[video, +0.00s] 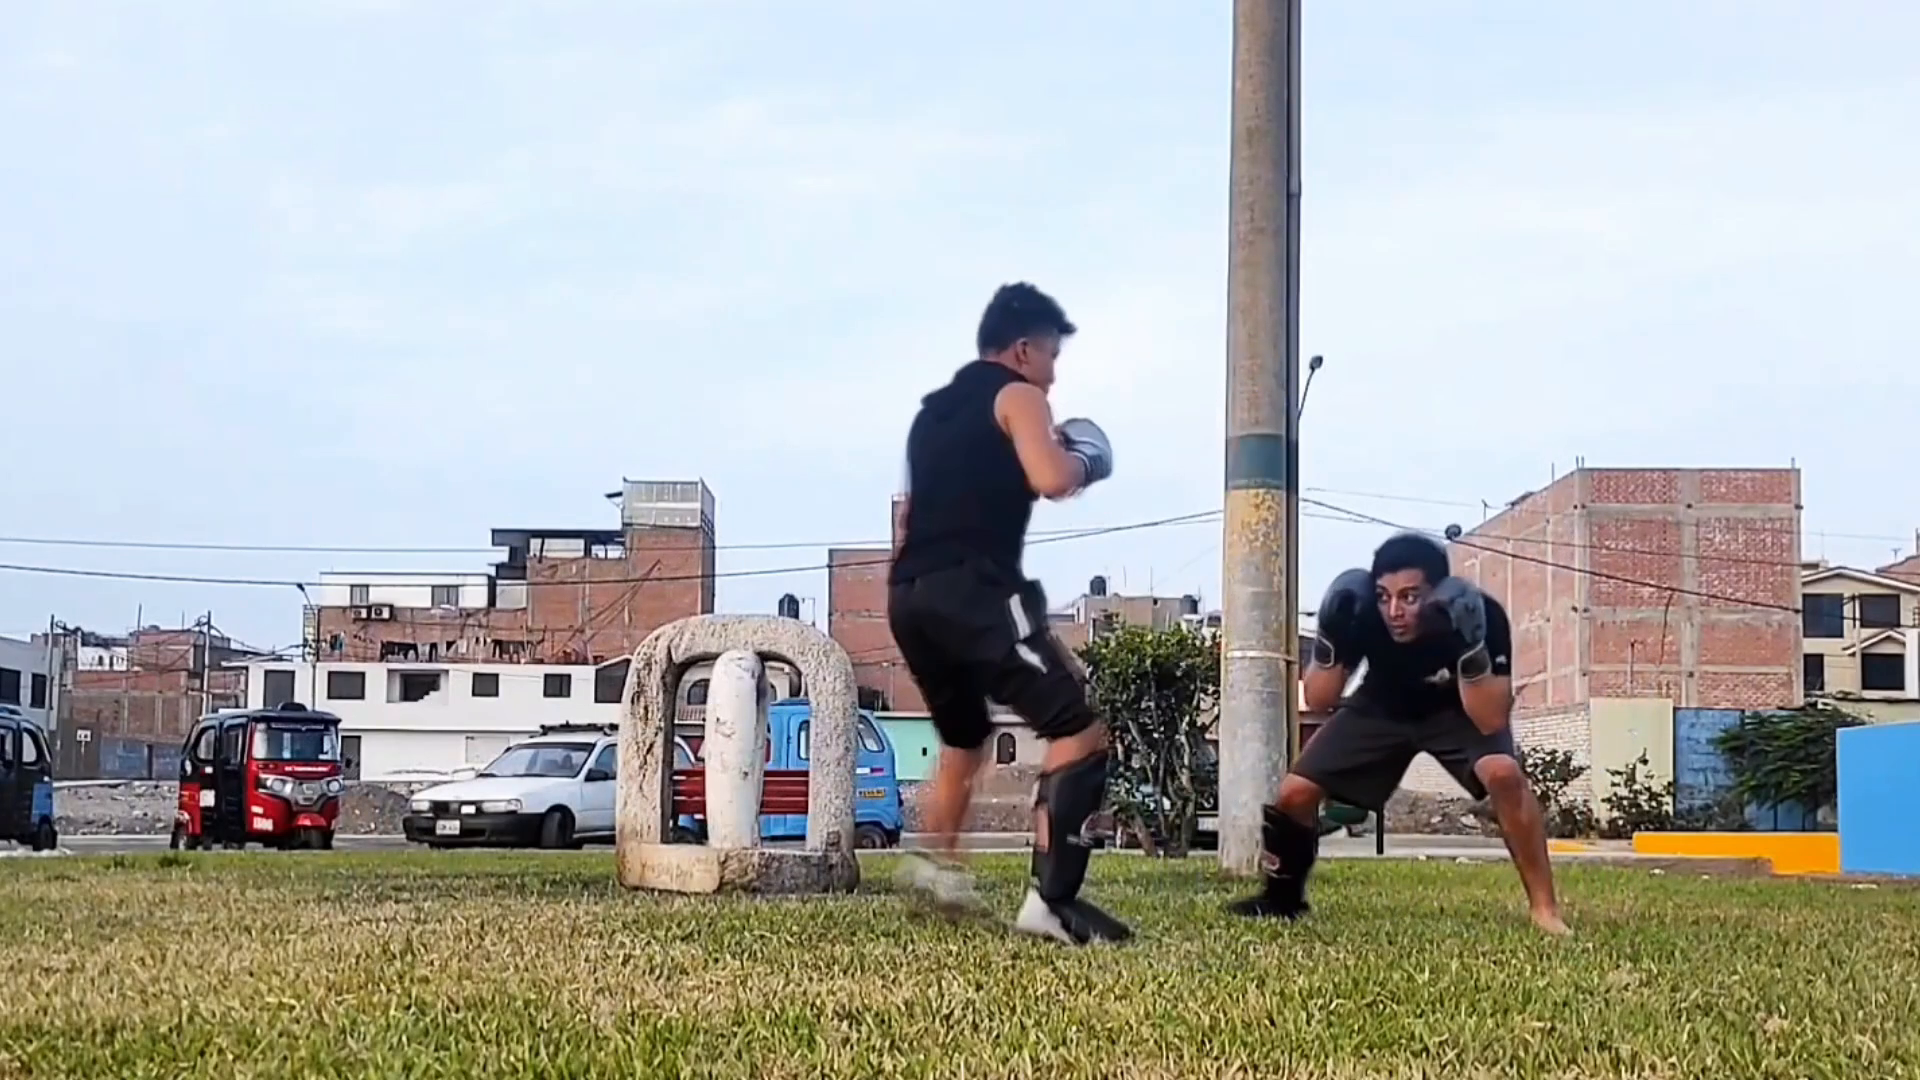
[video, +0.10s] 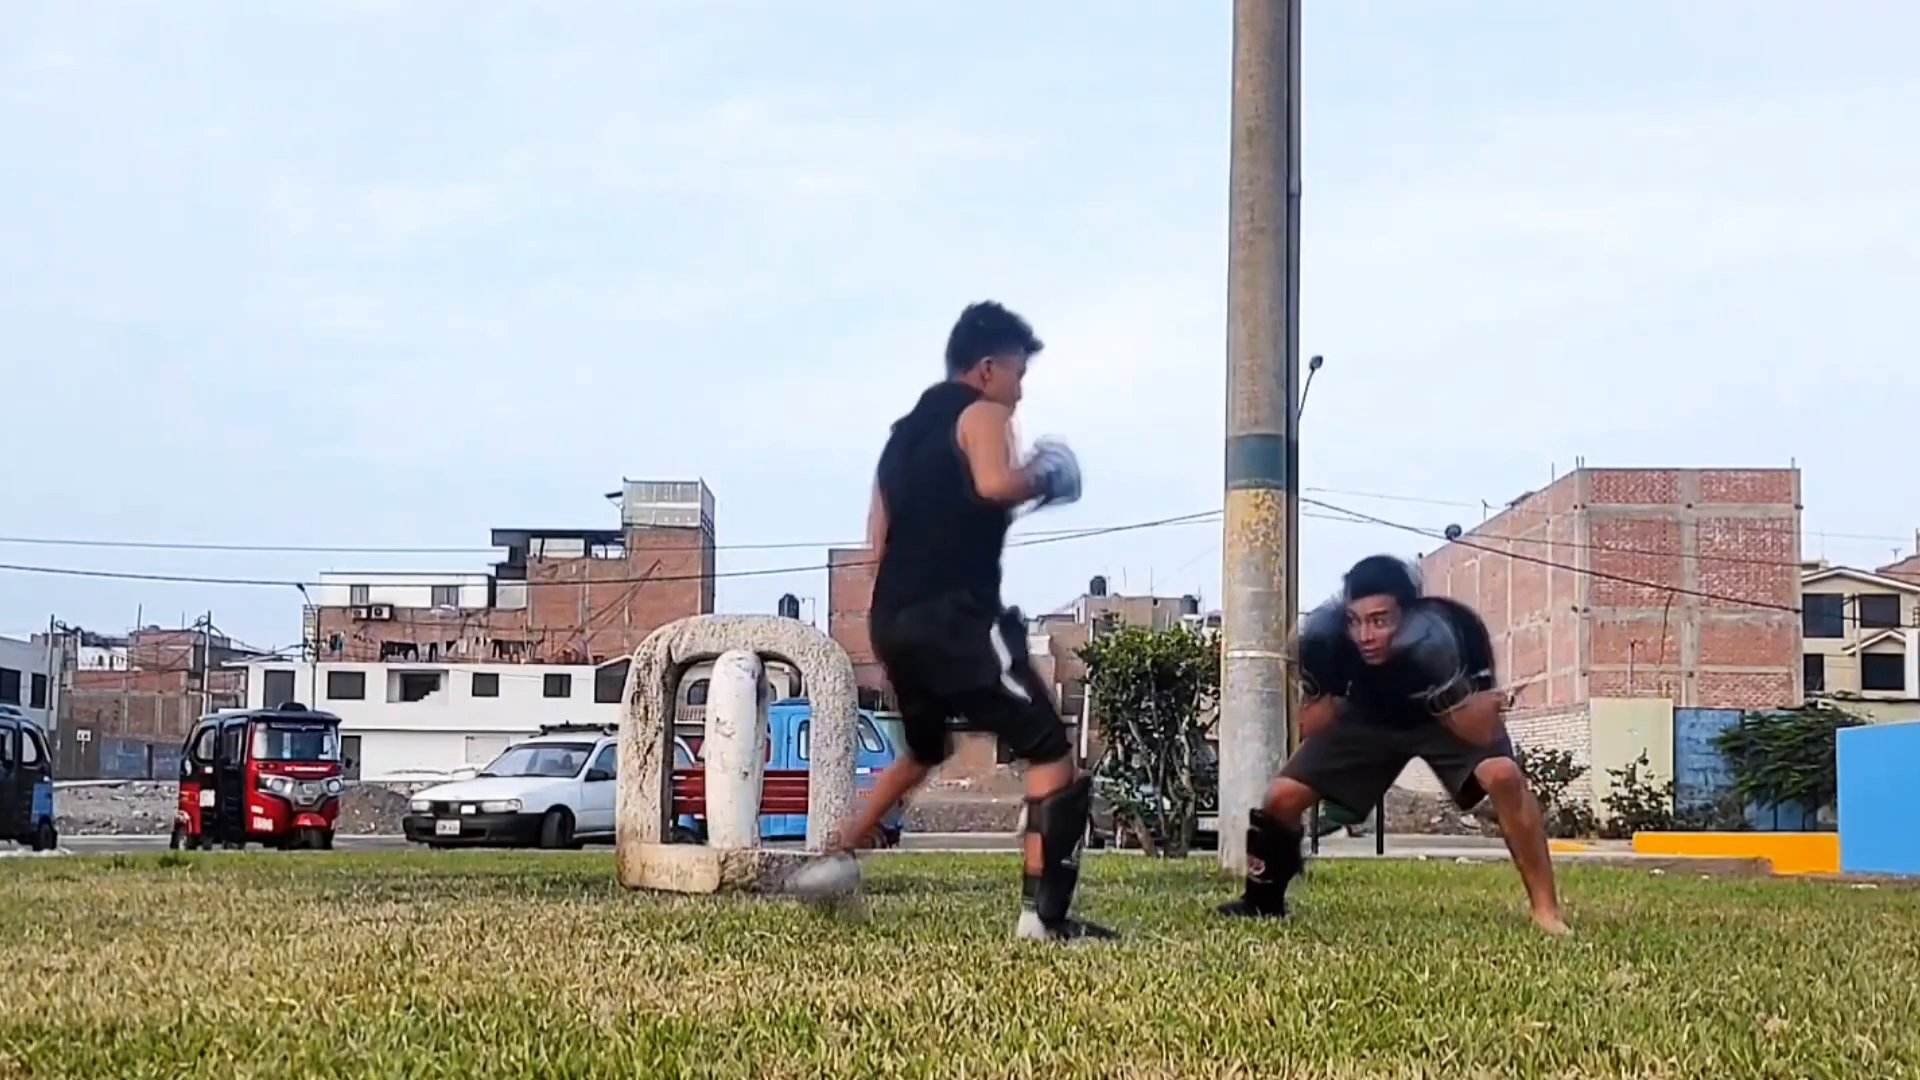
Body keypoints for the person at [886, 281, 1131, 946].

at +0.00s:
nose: (1056, 369)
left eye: (1057, 355)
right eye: (1053, 354)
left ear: (991, 346)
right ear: (1021, 348)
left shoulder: (933, 407)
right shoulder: (1016, 395)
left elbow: (945, 491)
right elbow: (1051, 479)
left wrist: (1037, 445)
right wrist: (1086, 460)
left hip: (911, 596)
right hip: (976, 589)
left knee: (962, 741)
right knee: (1077, 733)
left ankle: (936, 869)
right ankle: (1052, 899)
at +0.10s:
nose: (1022, 387)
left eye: (1023, 374)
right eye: (1018, 372)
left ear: (968, 368)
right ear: (984, 368)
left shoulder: (904, 432)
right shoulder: (982, 412)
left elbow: (881, 541)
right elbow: (995, 484)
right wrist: (1043, 475)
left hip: (894, 621)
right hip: (958, 616)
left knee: (923, 748)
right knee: (1049, 749)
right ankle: (1049, 915)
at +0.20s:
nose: (983, 415)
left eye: (984, 401)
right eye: (978, 400)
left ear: (931, 396)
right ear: (943, 395)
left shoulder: (888, 450)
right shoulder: (926, 449)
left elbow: (897, 532)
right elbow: (900, 524)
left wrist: (971, 519)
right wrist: (977, 528)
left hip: (873, 652)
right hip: (915, 651)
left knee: (869, 779)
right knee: (1013, 758)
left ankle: (778, 890)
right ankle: (1039, 913)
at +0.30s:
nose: (946, 423)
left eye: (948, 410)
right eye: (941, 408)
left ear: (900, 406)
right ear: (903, 404)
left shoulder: (893, 472)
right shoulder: (866, 451)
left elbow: (889, 582)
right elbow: (826, 525)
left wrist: (937, 532)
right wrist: (906, 527)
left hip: (833, 641)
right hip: (844, 640)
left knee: (848, 781)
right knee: (938, 760)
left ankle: (772, 899)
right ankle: (977, 897)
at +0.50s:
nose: (884, 405)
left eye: (887, 392)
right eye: (878, 390)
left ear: (850, 388)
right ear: (838, 383)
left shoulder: (844, 462)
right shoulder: (779, 431)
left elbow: (902, 534)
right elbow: (745, 512)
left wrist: (927, 462)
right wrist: (821, 493)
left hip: (800, 616)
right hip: (752, 607)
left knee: (830, 757)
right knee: (799, 727)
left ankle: (771, 893)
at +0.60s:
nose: (845, 407)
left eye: (848, 395)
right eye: (840, 393)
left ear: (812, 392)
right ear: (802, 388)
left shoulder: (814, 460)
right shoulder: (740, 439)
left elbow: (888, 518)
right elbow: (717, 526)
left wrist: (897, 442)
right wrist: (785, 485)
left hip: (779, 637)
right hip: (716, 628)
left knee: (826, 761)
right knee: (675, 749)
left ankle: (775, 894)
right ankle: (584, 835)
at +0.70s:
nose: (805, 426)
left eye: (810, 415)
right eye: (799, 410)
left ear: (770, 406)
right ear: (760, 400)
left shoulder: (780, 476)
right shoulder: (697, 453)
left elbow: (866, 496)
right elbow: (685, 535)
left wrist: (853, 421)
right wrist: (748, 485)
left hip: (742, 653)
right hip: (678, 649)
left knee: (806, 752)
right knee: (604, 762)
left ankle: (778, 898)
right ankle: (505, 859)